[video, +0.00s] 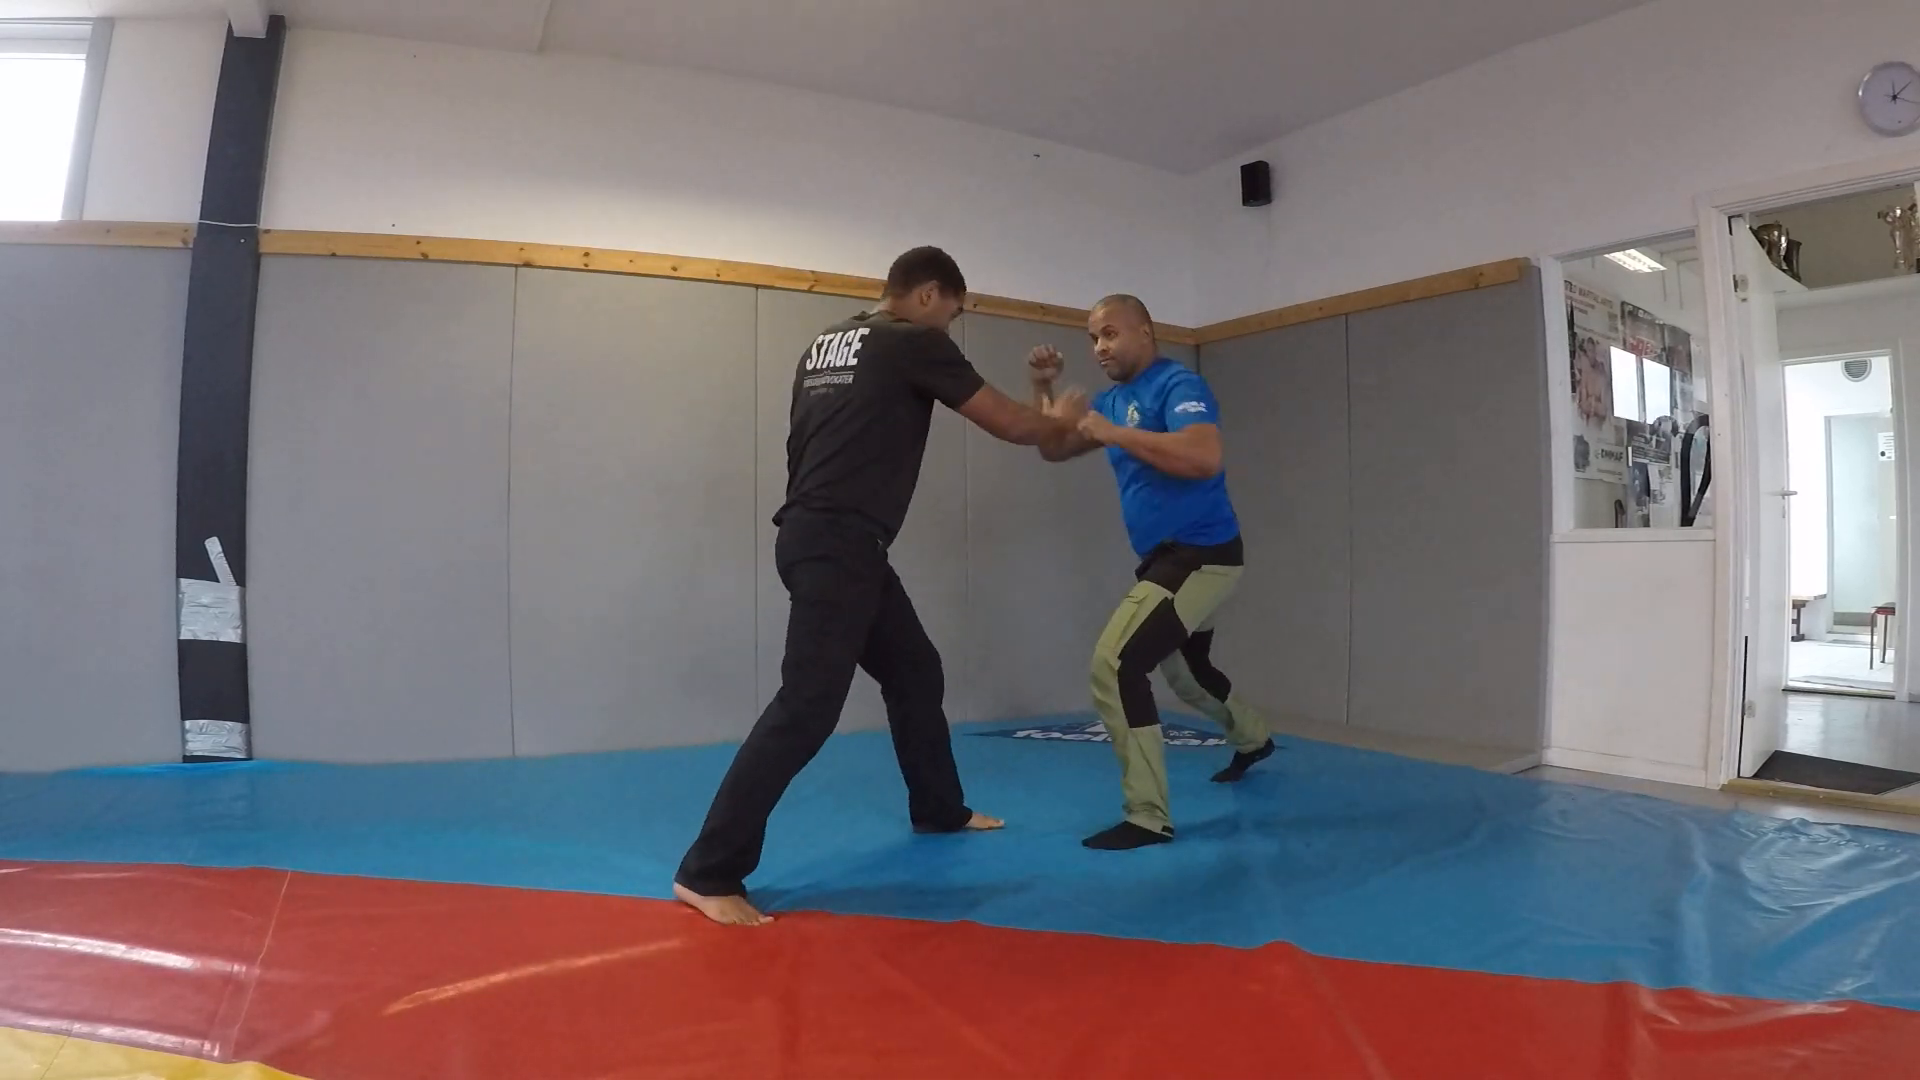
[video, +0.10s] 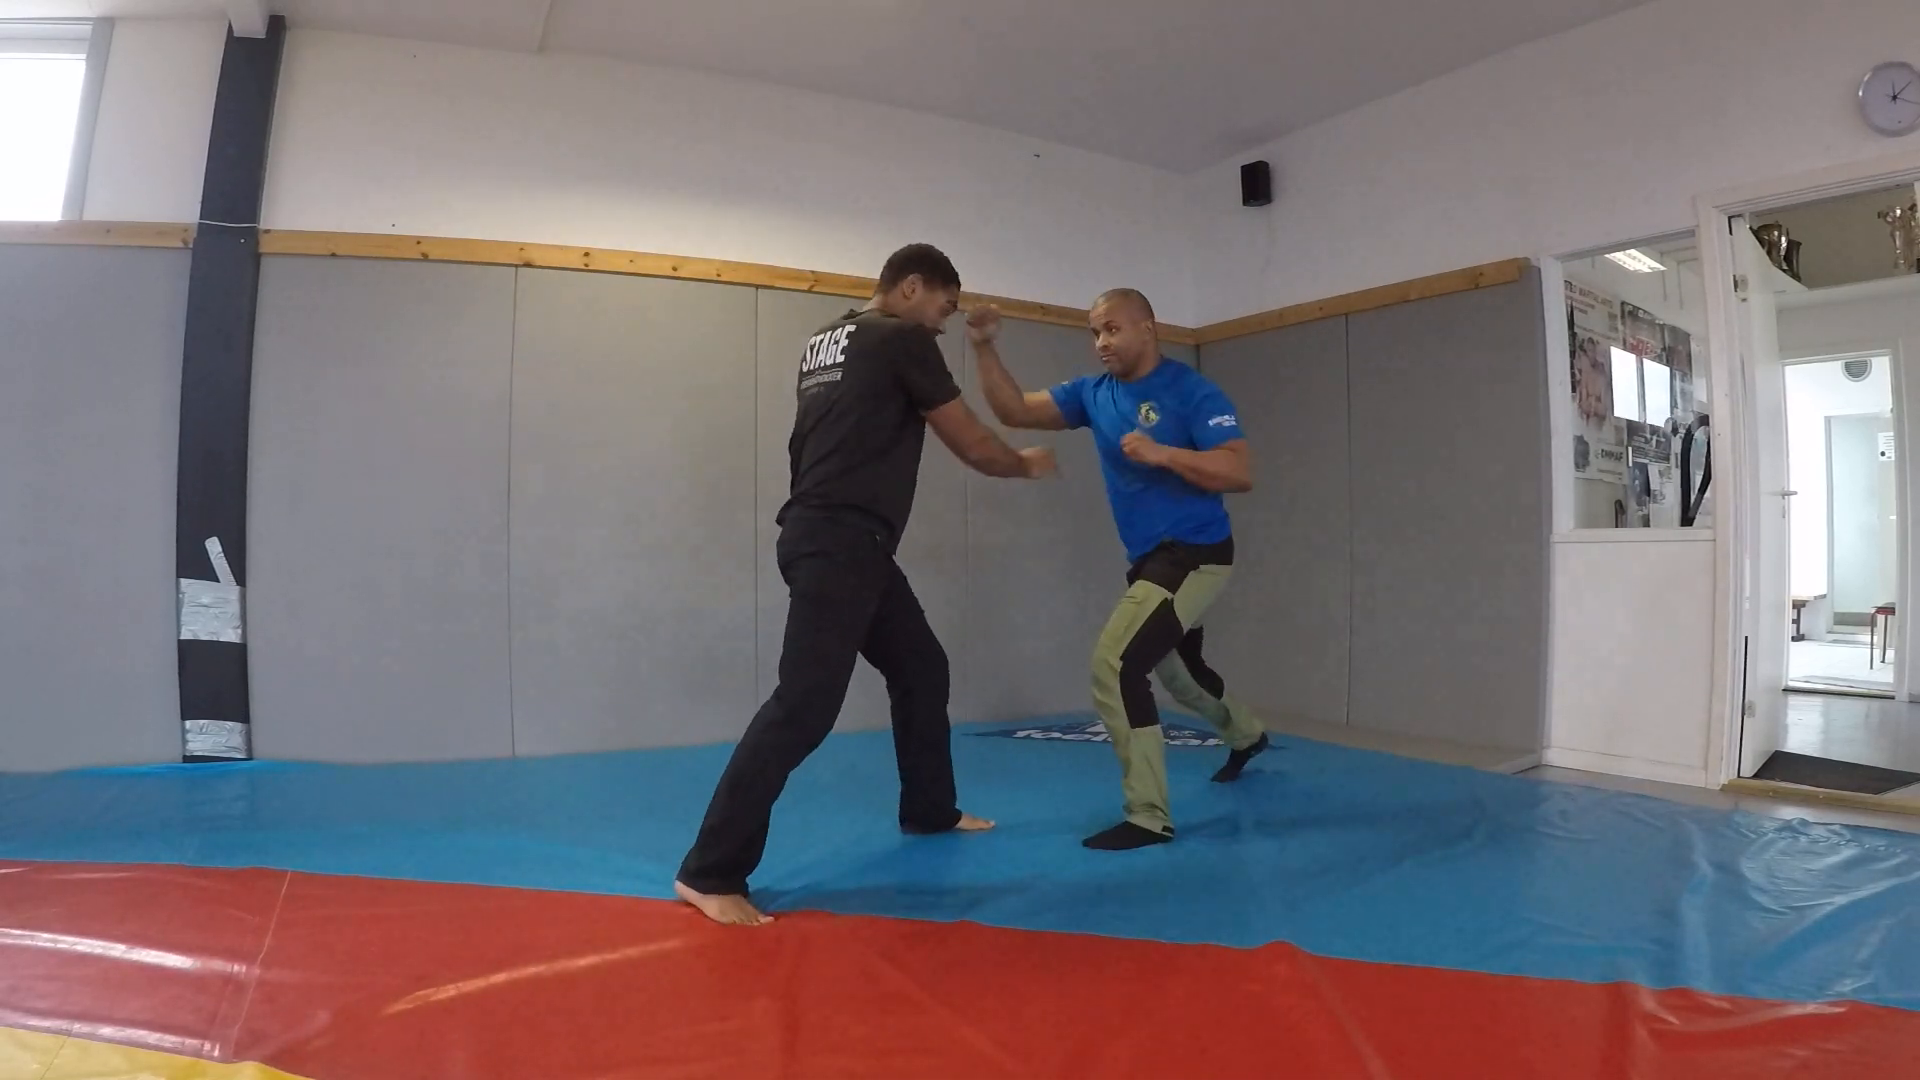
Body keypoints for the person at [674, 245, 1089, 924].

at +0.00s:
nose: (950, 324)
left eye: (954, 315)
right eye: (950, 312)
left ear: (896, 293)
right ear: (926, 294)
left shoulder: (827, 346)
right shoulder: (915, 343)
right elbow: (1013, 423)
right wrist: (1062, 420)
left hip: (816, 538)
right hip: (841, 544)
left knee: (914, 669)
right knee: (805, 712)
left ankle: (939, 811)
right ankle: (708, 874)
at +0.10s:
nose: (946, 319)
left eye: (950, 308)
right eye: (944, 304)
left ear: (892, 290)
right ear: (911, 288)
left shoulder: (827, 342)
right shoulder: (904, 340)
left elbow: (817, 445)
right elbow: (976, 447)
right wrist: (1025, 463)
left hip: (829, 539)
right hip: (843, 542)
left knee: (922, 668)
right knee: (801, 709)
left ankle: (930, 812)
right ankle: (711, 873)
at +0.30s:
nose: (937, 331)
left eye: (943, 321)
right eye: (934, 315)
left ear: (928, 315)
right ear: (895, 296)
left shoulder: (908, 362)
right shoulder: (835, 349)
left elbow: (973, 382)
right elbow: (864, 458)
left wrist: (983, 331)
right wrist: (947, 458)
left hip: (863, 549)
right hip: (809, 544)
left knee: (926, 670)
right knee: (814, 691)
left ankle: (930, 814)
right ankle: (723, 861)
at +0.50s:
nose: (909, 343)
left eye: (913, 334)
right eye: (908, 328)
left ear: (870, 313)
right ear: (873, 310)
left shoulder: (848, 357)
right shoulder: (806, 362)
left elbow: (895, 380)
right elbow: (884, 456)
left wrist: (940, 372)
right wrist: (944, 389)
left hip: (824, 558)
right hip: (775, 557)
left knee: (892, 679)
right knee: (760, 715)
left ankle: (929, 810)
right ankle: (654, 849)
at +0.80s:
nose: (864, 333)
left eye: (864, 327)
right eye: (864, 324)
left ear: (812, 314)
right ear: (850, 312)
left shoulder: (761, 359)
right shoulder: (834, 345)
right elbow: (917, 376)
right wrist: (923, 341)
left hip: (747, 535)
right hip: (780, 539)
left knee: (832, 665)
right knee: (765, 700)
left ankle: (818, 799)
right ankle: (657, 853)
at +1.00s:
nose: (856, 343)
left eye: (856, 337)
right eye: (855, 336)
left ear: (799, 329)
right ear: (841, 328)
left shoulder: (749, 378)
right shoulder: (838, 347)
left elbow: (735, 471)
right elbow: (960, 355)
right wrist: (980, 368)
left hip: (739, 533)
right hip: (781, 530)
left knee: (825, 666)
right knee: (758, 687)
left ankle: (820, 802)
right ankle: (657, 847)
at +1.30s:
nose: (869, 365)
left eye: (871, 357)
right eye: (869, 354)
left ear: (835, 337)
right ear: (847, 338)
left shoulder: (798, 383)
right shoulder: (808, 355)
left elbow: (822, 459)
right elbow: (798, 421)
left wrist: (866, 400)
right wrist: (885, 439)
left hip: (760, 542)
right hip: (739, 536)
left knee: (816, 667)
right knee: (755, 684)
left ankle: (820, 801)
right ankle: (650, 838)